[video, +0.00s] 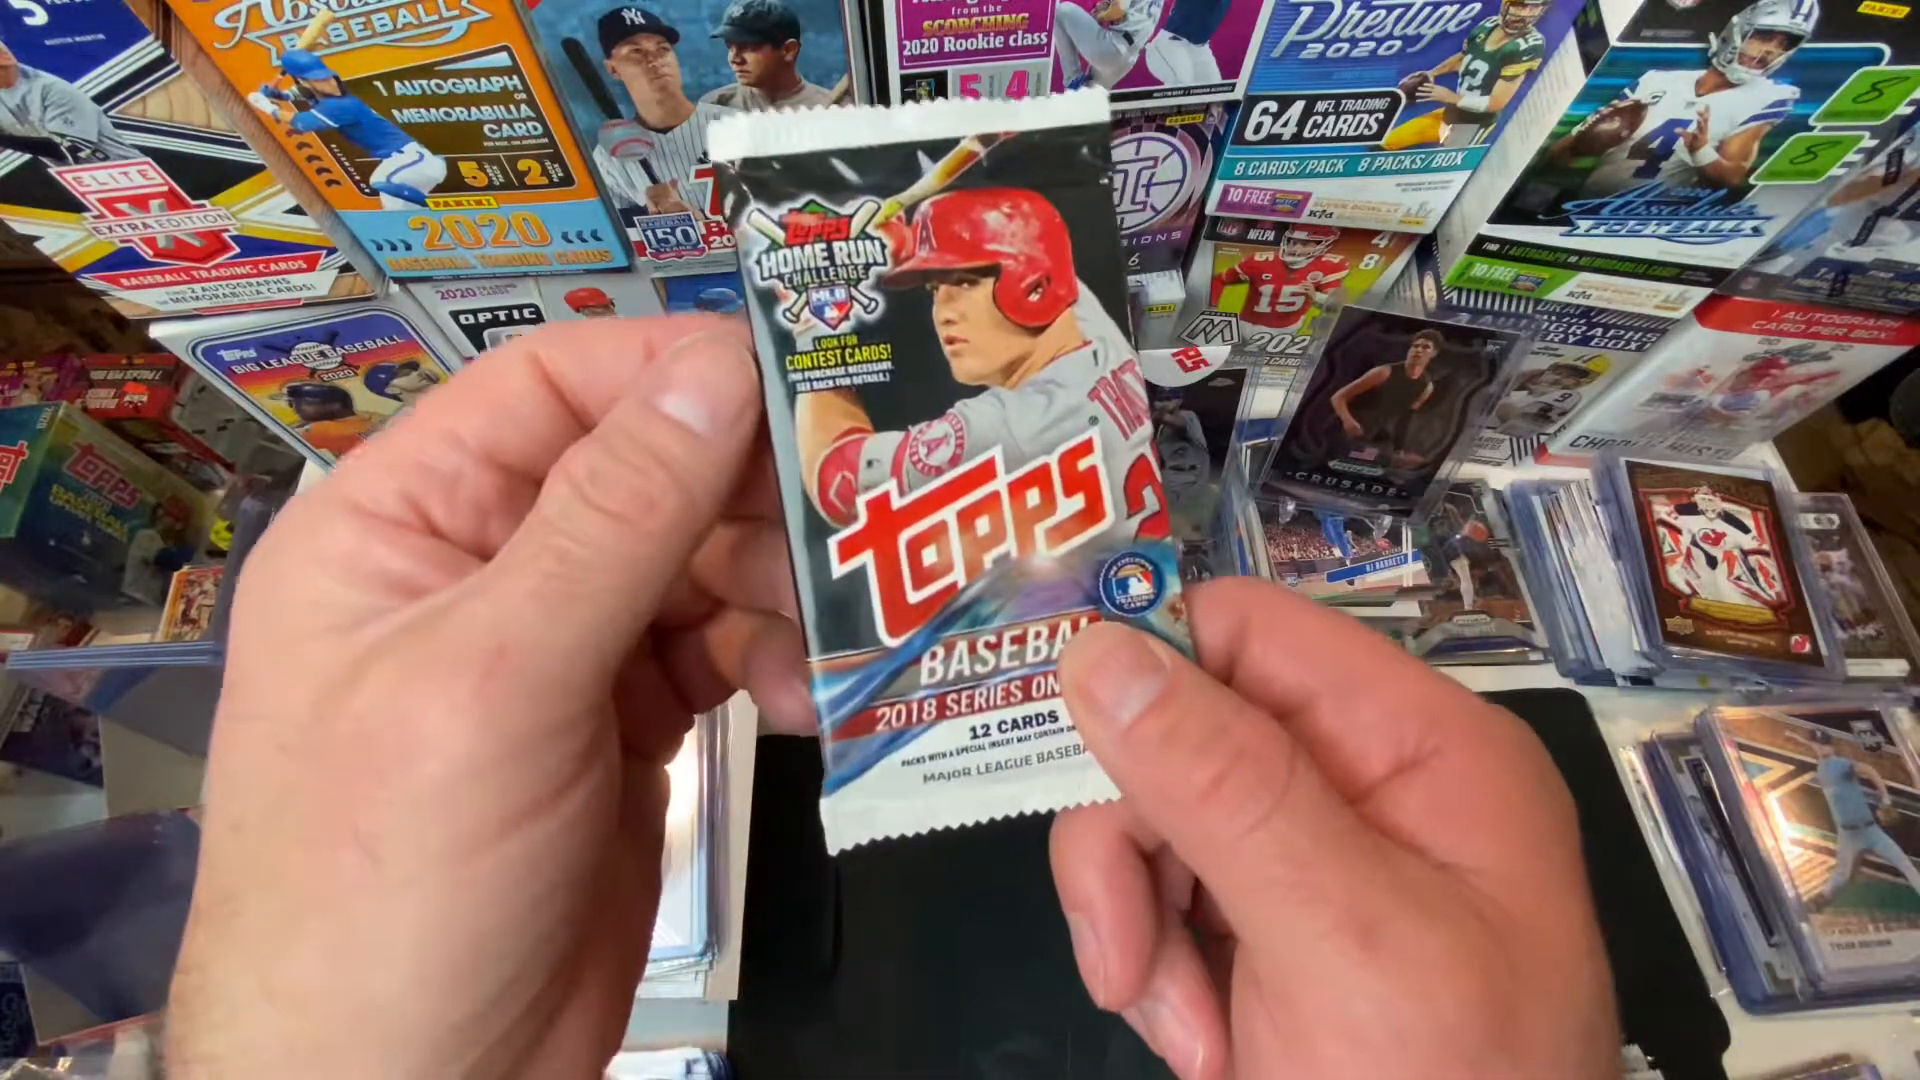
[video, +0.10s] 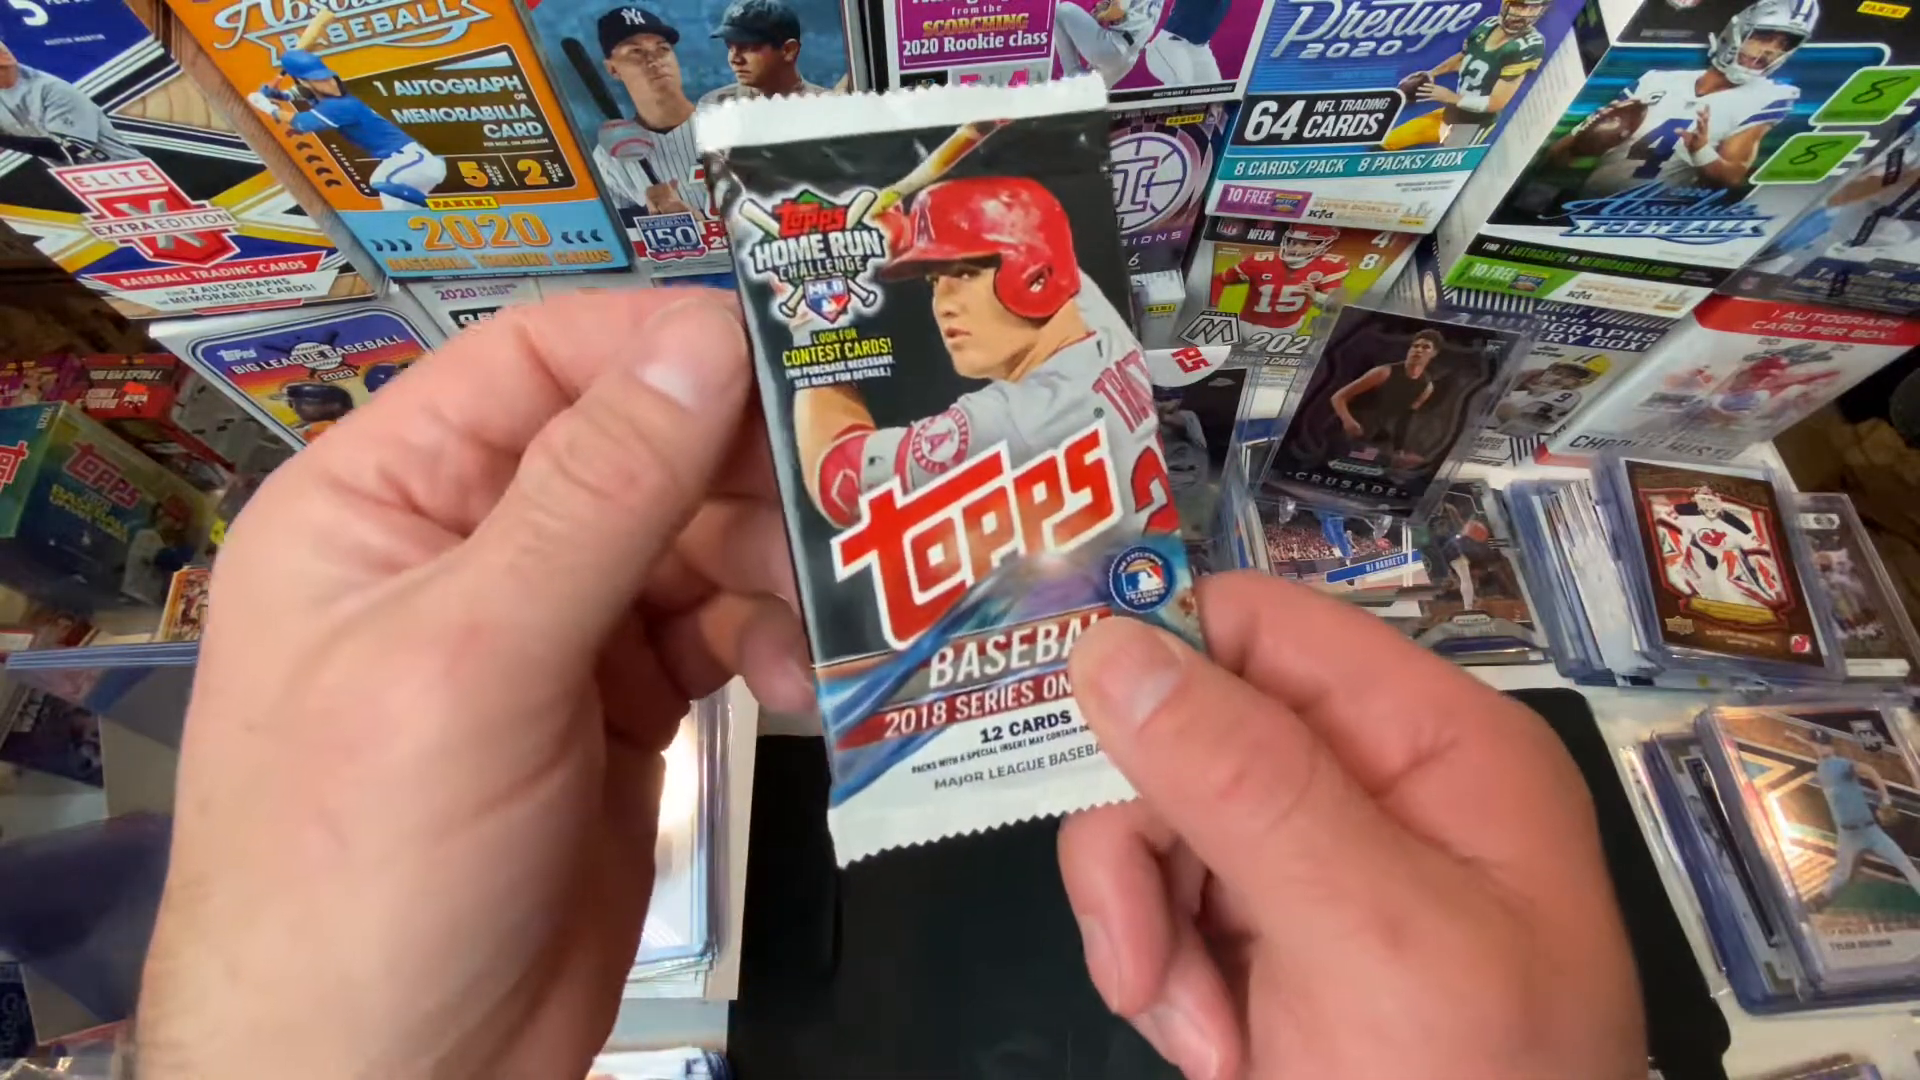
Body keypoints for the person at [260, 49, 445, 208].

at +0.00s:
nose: (329, 80)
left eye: (327, 75)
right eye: (321, 77)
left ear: (310, 82)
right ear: (305, 83)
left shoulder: (344, 106)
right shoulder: (332, 103)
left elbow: (300, 123)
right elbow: (300, 94)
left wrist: (271, 110)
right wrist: (276, 94)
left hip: (414, 159)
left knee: (380, 179)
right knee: (399, 221)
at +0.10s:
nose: (329, 79)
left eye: (326, 75)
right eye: (321, 78)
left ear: (310, 84)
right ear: (306, 83)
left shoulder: (343, 107)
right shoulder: (333, 100)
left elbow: (300, 123)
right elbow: (302, 92)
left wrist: (271, 109)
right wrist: (276, 94)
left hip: (414, 159)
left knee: (380, 179)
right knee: (399, 222)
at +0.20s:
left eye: (301, 82)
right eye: (320, 78)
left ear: (309, 83)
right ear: (309, 82)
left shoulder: (343, 106)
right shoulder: (332, 101)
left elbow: (300, 123)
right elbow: (303, 92)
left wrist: (271, 109)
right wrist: (277, 94)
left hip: (414, 158)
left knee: (380, 180)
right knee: (398, 223)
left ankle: (433, 213)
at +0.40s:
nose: (299, 87)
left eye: (300, 82)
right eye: (299, 83)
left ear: (310, 83)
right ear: (323, 78)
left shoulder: (342, 107)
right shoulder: (333, 99)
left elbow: (299, 122)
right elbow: (304, 90)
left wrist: (270, 109)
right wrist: (279, 94)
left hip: (414, 158)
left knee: (380, 180)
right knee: (396, 222)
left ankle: (431, 210)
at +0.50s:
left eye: (302, 82)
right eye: (321, 77)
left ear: (308, 83)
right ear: (307, 82)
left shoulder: (341, 106)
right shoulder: (332, 103)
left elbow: (300, 122)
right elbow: (300, 94)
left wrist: (271, 109)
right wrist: (276, 94)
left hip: (414, 158)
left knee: (380, 179)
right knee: (398, 218)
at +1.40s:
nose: (329, 79)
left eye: (303, 82)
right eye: (321, 77)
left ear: (308, 83)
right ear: (307, 84)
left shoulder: (343, 106)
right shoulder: (331, 102)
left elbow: (299, 122)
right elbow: (301, 92)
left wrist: (270, 109)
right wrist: (276, 95)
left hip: (415, 158)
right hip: (405, 167)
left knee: (381, 180)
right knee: (398, 221)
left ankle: (435, 212)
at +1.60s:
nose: (303, 88)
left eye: (303, 83)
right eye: (304, 83)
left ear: (311, 83)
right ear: (319, 80)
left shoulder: (341, 106)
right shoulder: (332, 100)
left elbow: (299, 122)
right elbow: (300, 93)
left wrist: (270, 108)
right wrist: (275, 93)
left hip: (415, 158)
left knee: (380, 180)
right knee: (397, 219)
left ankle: (430, 213)